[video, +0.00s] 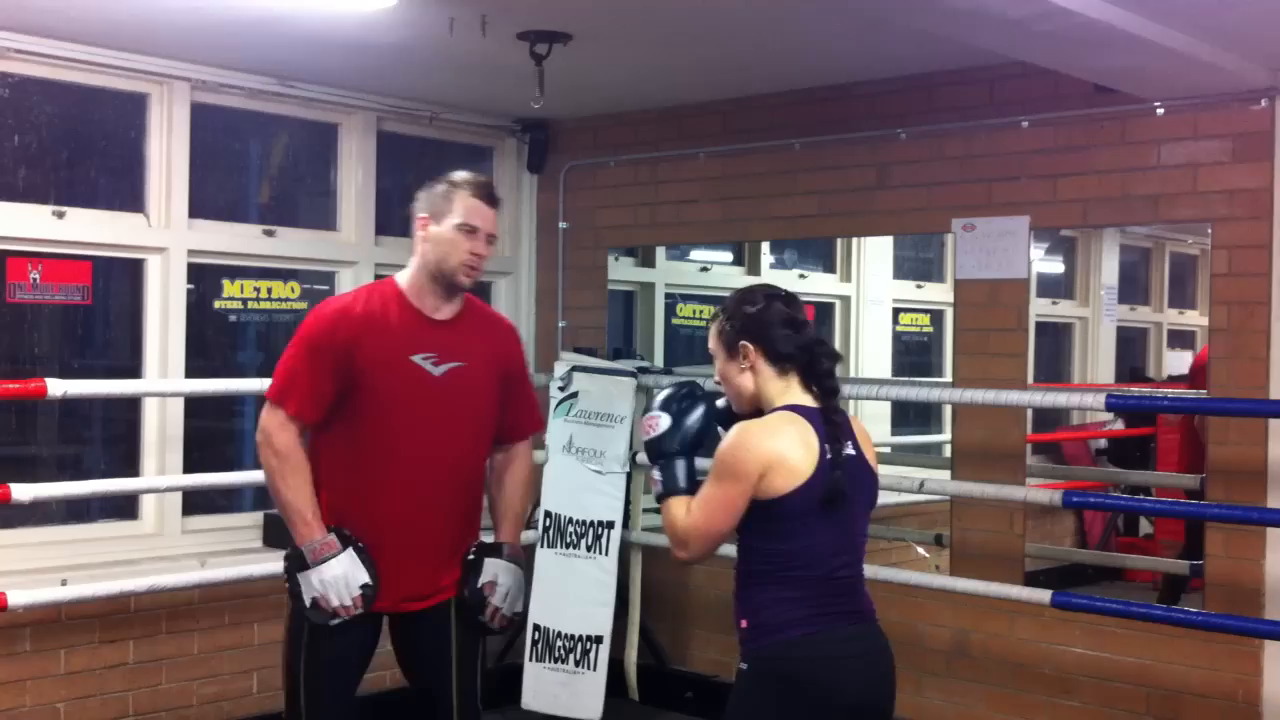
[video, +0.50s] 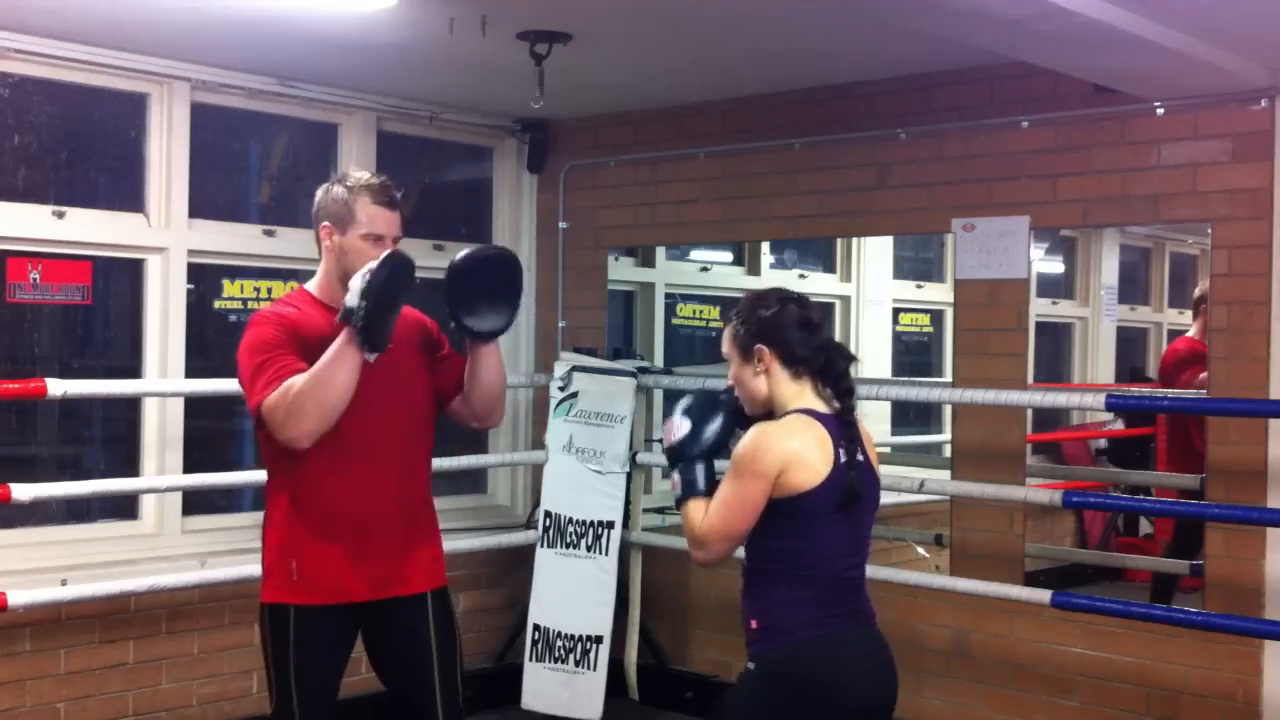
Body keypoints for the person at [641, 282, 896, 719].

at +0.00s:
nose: (715, 374)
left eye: (716, 358)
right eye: (712, 360)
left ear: (747, 356)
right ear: (797, 352)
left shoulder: (752, 442)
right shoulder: (856, 430)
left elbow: (687, 542)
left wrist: (668, 459)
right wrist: (738, 427)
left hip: (784, 672)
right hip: (863, 660)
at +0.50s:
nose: (729, 379)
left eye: (731, 362)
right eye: (727, 363)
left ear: (763, 360)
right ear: (809, 357)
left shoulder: (769, 443)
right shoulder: (858, 433)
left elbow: (705, 546)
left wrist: (689, 462)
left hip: (791, 676)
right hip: (864, 665)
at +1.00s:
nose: (632, 370)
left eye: (631, 359)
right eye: (630, 360)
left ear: (646, 357)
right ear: (708, 358)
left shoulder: (612, 421)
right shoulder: (749, 446)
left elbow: (501, 411)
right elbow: (746, 524)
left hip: (618, 654)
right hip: (708, 657)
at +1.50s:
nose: (482, 389)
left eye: (483, 373)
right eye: (479, 374)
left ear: (511, 371)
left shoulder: (566, 456)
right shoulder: (586, 427)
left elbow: (502, 566)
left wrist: (475, 479)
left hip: (620, 679)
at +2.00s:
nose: (659, 359)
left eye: (660, 347)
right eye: (657, 347)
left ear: (686, 347)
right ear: (737, 344)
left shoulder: (682, 421)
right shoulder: (786, 420)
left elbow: (625, 520)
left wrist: (614, 435)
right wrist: (672, 407)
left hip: (713, 653)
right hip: (793, 643)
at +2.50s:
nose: (536, 378)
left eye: (542, 365)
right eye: (537, 364)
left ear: (583, 374)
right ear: (583, 376)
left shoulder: (644, 457)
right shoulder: (591, 447)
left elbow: (610, 589)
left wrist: (555, 515)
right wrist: (547, 492)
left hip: (669, 678)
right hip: (637, 671)